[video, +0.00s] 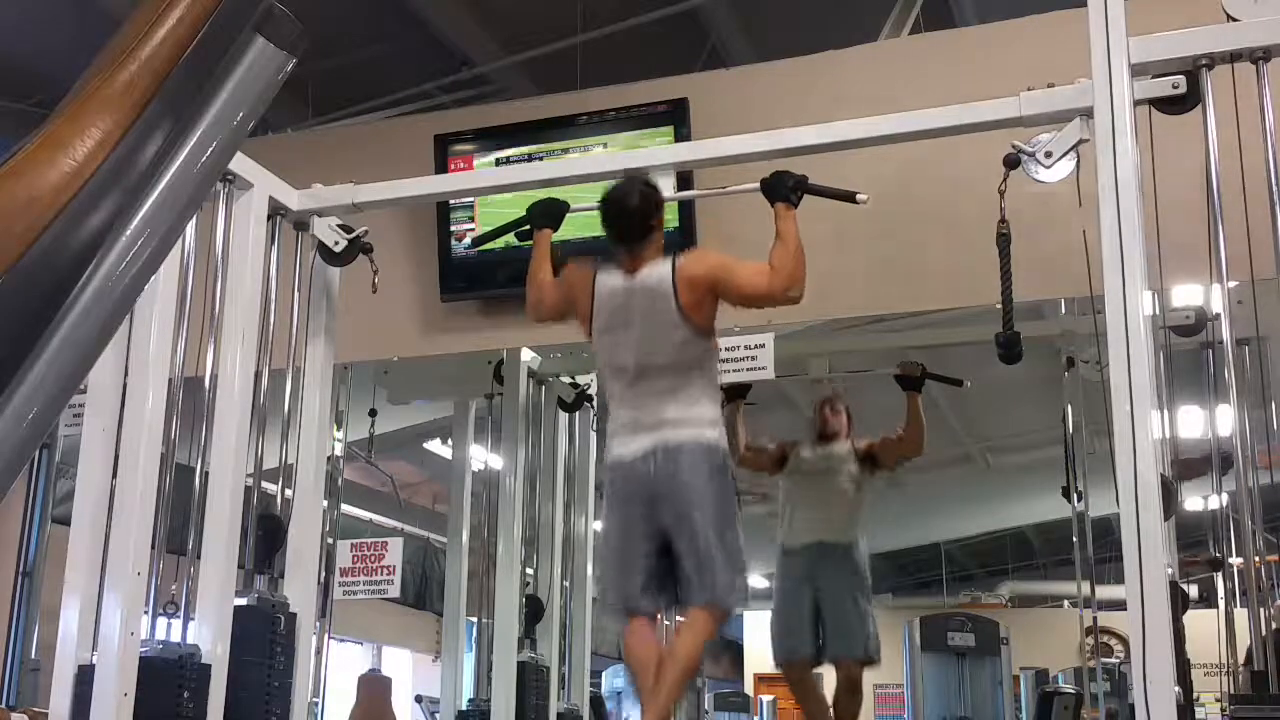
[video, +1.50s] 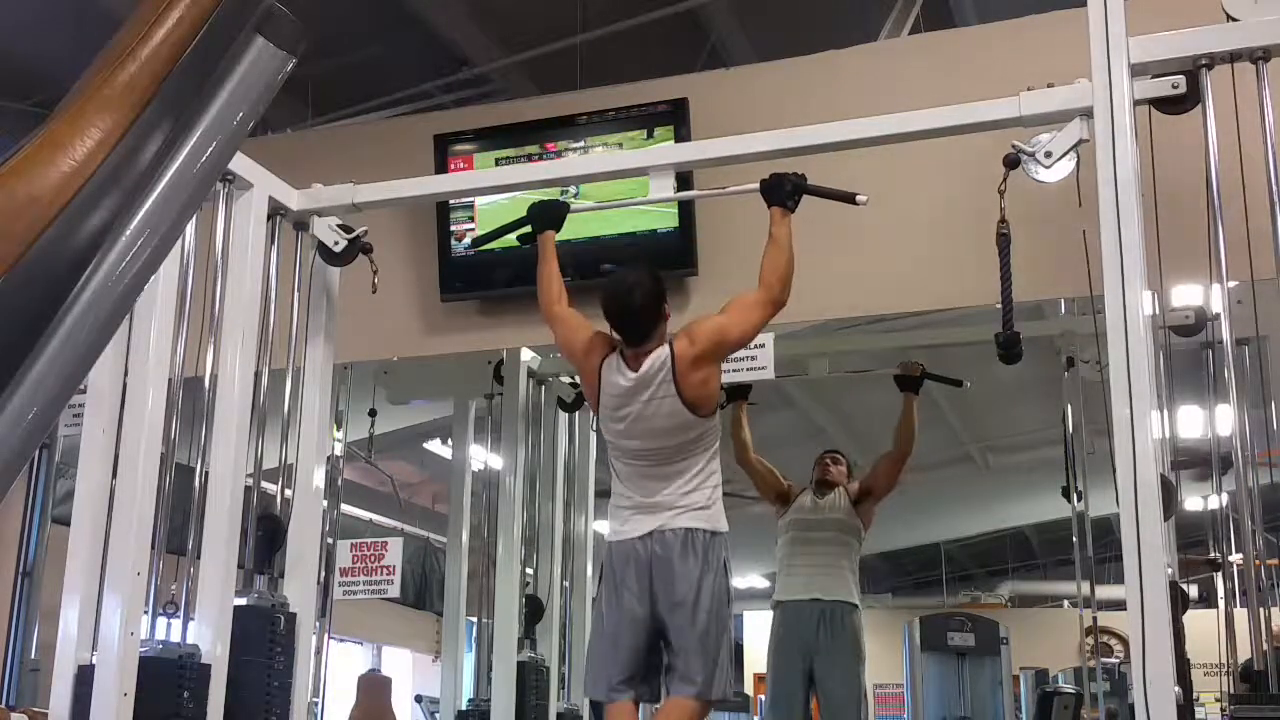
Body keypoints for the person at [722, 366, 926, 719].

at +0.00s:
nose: (828, 414)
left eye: (835, 409)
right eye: (822, 410)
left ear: (848, 421)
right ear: (814, 420)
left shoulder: (860, 452)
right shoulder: (792, 453)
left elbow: (912, 446)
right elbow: (742, 455)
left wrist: (912, 393)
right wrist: (734, 404)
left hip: (842, 561)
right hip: (794, 563)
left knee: (850, 668)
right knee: (794, 666)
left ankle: (845, 716)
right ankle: (824, 716)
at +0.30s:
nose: (827, 466)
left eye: (835, 464)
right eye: (820, 463)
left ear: (847, 476)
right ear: (811, 475)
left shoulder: (860, 499)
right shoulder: (789, 497)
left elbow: (902, 452)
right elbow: (745, 456)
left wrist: (910, 395)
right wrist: (737, 403)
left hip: (839, 614)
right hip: (788, 613)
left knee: (844, 709)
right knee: (781, 708)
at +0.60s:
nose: (828, 422)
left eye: (836, 421)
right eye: (821, 421)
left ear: (849, 437)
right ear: (812, 435)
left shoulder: (860, 462)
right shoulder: (790, 463)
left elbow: (906, 447)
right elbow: (737, 455)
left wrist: (911, 393)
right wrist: (735, 403)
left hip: (840, 569)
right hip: (790, 568)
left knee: (840, 672)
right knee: (778, 670)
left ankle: (835, 718)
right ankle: (804, 716)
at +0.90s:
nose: (824, 365)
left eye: (832, 360)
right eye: (817, 360)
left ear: (844, 372)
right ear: (808, 372)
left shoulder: (863, 410)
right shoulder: (788, 411)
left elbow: (907, 444)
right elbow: (741, 450)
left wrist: (912, 392)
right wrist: (737, 402)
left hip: (842, 512)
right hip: (794, 514)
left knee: (843, 620)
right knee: (788, 615)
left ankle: (833, 712)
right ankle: (830, 709)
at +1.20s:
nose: (828, 422)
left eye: (836, 419)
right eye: (822, 419)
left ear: (849, 434)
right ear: (813, 433)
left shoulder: (862, 463)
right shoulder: (792, 463)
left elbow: (909, 447)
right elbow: (740, 455)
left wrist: (912, 393)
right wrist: (737, 404)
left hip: (843, 572)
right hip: (793, 573)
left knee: (849, 681)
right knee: (796, 681)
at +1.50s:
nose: (826, 463)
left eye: (835, 462)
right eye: (820, 462)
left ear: (848, 476)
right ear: (811, 474)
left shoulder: (859, 499)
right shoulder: (788, 498)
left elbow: (901, 452)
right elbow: (746, 457)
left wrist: (909, 395)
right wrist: (738, 403)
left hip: (840, 613)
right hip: (789, 613)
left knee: (845, 709)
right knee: (784, 708)